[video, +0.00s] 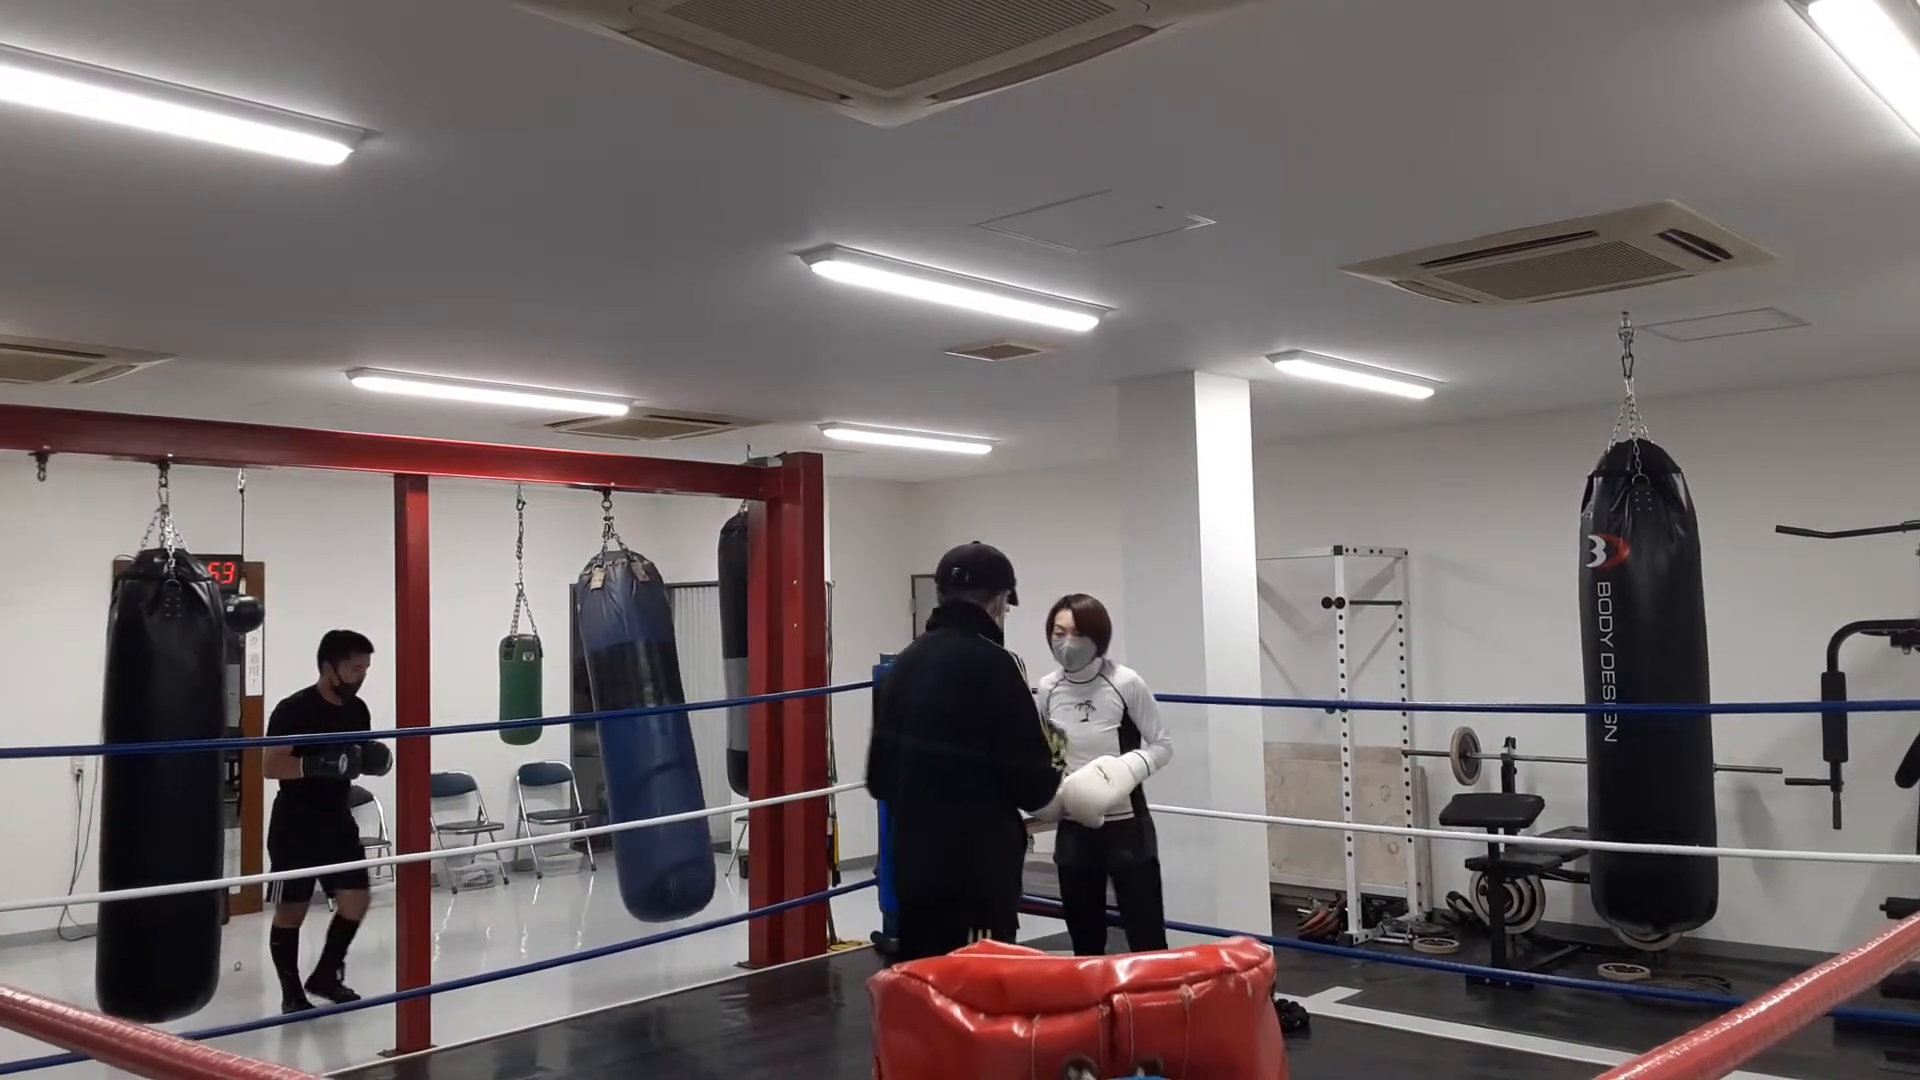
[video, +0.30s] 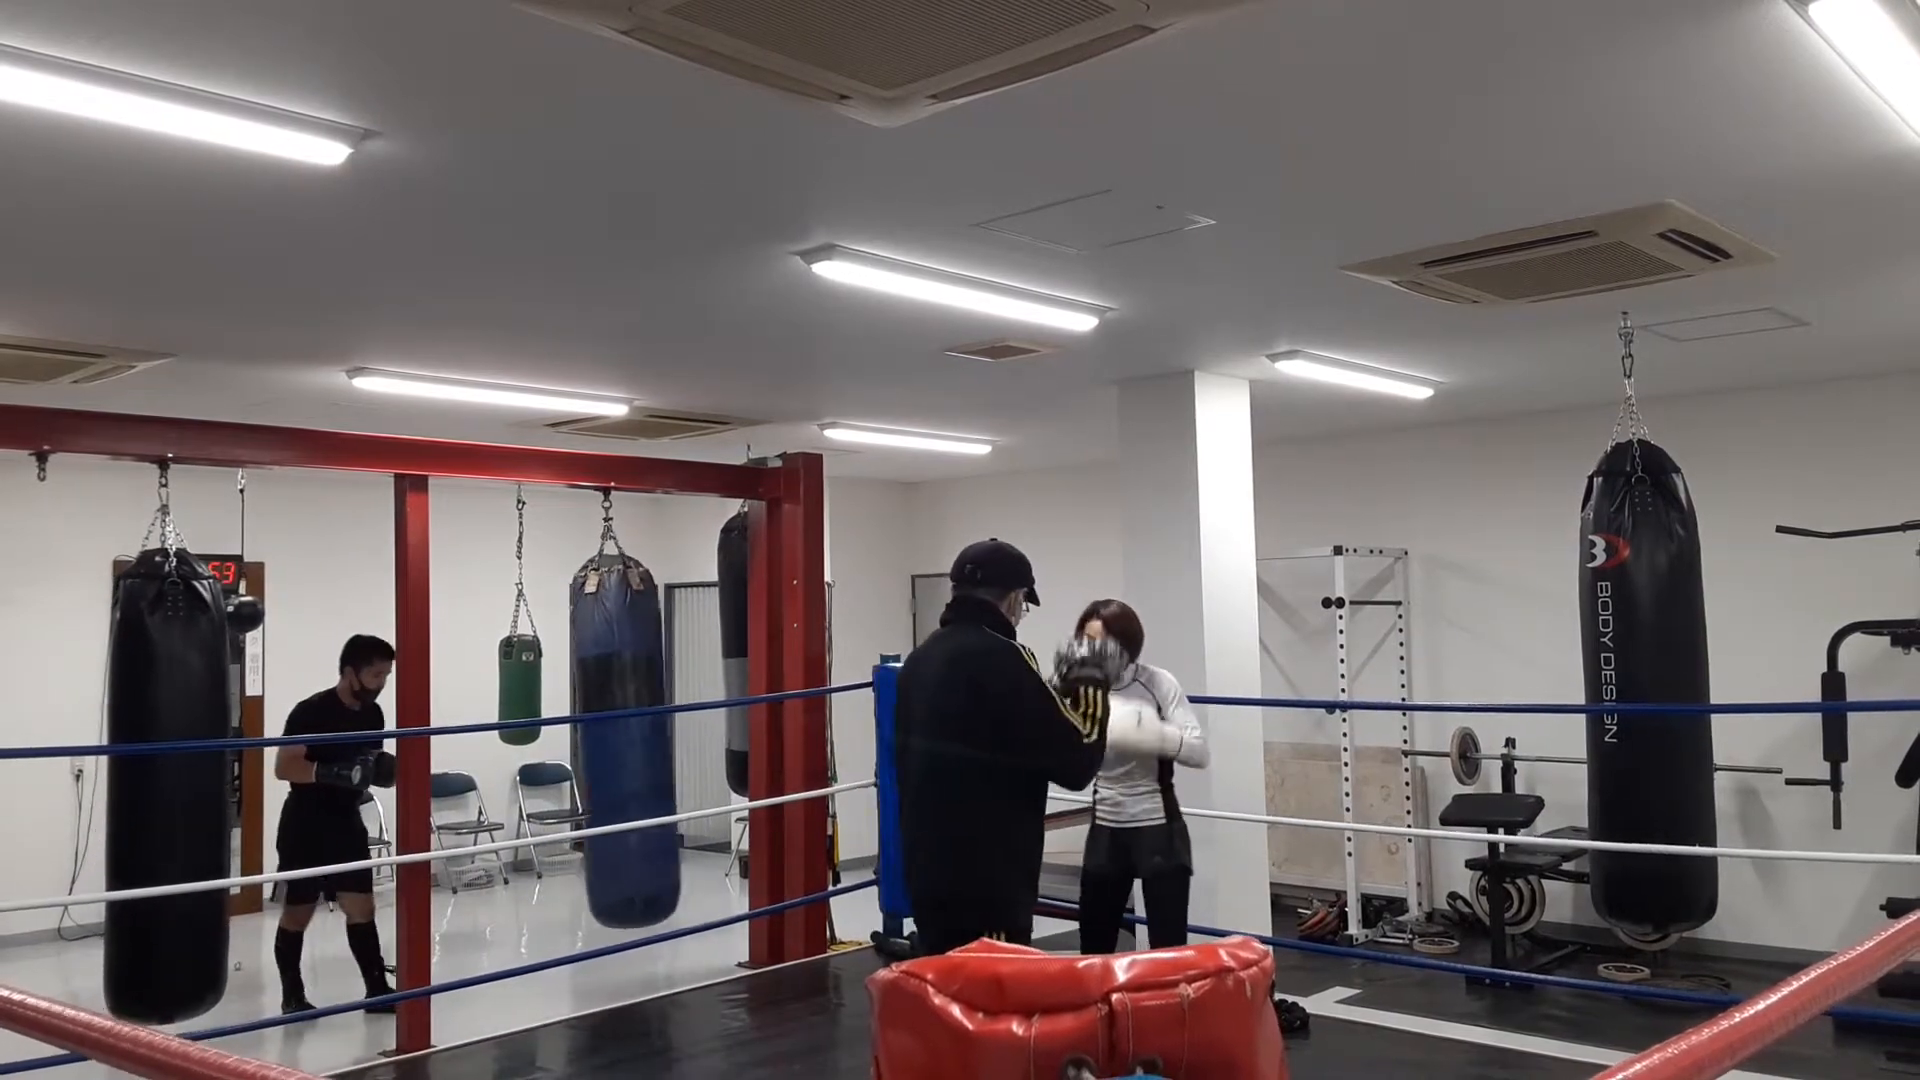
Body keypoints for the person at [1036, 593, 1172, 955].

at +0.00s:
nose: (1067, 643)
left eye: (1078, 634)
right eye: (1059, 633)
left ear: (1098, 637)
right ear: (1049, 638)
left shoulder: (1125, 683)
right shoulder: (1046, 689)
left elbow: (1162, 746)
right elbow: (1035, 753)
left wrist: (1124, 771)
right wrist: (1052, 790)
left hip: (1127, 827)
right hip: (1074, 830)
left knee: (1146, 943)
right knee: (1087, 947)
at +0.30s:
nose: (1093, 649)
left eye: (1103, 641)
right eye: (1087, 639)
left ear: (1125, 644)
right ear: (1078, 640)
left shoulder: (1158, 682)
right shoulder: (1081, 687)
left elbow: (1199, 752)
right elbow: (1069, 759)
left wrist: (1148, 732)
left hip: (1158, 830)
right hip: (1105, 831)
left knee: (1168, 952)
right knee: (1095, 951)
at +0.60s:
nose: (1112, 667)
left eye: (1119, 658)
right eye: (1104, 658)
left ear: (1134, 656)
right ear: (1092, 659)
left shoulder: (1164, 694)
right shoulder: (1089, 697)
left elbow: (1206, 766)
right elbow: (1060, 768)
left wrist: (1166, 725)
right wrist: (1066, 699)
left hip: (1163, 842)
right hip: (1108, 842)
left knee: (1164, 960)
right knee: (1096, 958)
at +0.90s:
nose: (1116, 647)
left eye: (1125, 637)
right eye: (1109, 638)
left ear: (1145, 639)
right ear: (1103, 643)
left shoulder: (1174, 684)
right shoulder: (1110, 691)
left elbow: (1201, 718)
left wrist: (1152, 667)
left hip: (1185, 843)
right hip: (1134, 840)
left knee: (1182, 957)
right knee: (1097, 944)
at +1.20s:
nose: (1134, 664)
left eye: (1146, 654)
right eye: (1128, 653)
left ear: (1165, 656)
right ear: (1119, 655)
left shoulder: (1193, 702)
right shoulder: (1127, 716)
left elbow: (1232, 754)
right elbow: (1098, 778)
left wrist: (1184, 705)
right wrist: (1099, 720)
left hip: (1206, 865)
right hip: (1159, 864)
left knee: (1193, 969)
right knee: (1119, 961)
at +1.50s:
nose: (1190, 649)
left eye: (1202, 639)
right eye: (1181, 638)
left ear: (1227, 644)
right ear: (1170, 643)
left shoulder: (1250, 701)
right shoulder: (1162, 703)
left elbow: (1305, 766)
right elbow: (1120, 737)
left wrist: (1275, 726)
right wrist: (1132, 720)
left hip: (1258, 860)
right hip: (1191, 863)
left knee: (1270, 991)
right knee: (1168, 983)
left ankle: (1289, 1069)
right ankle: (1166, 1072)